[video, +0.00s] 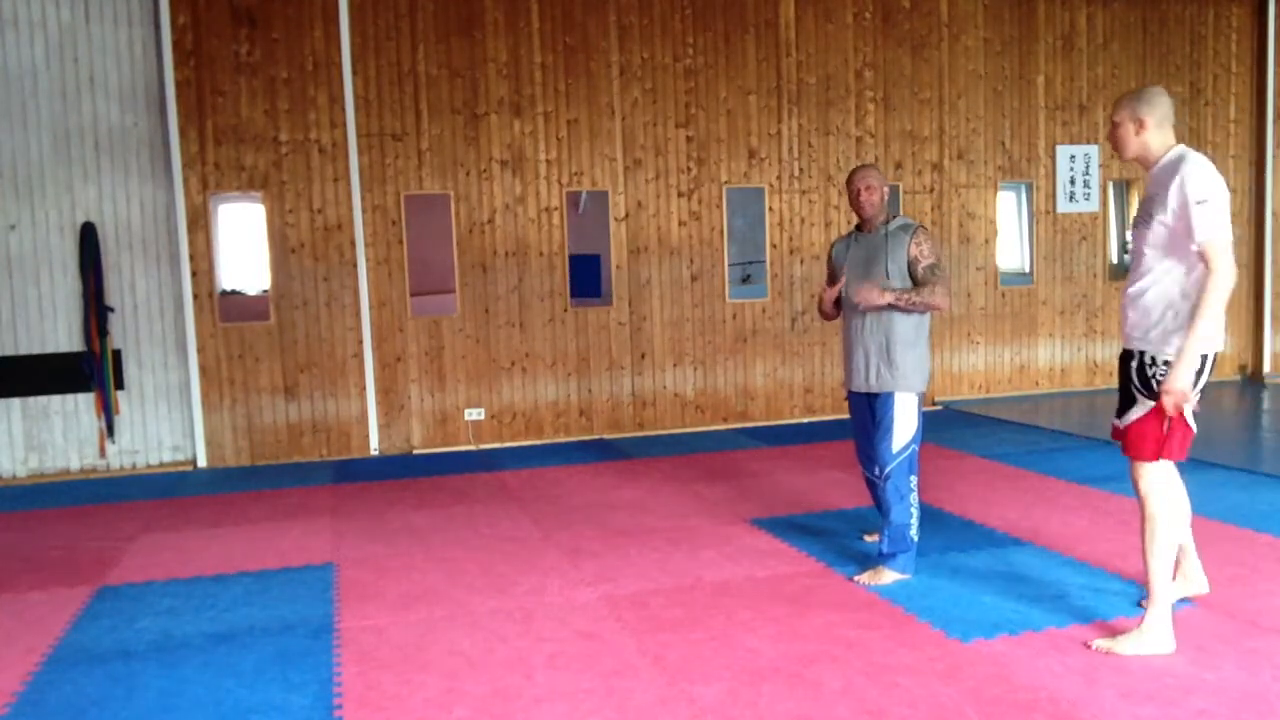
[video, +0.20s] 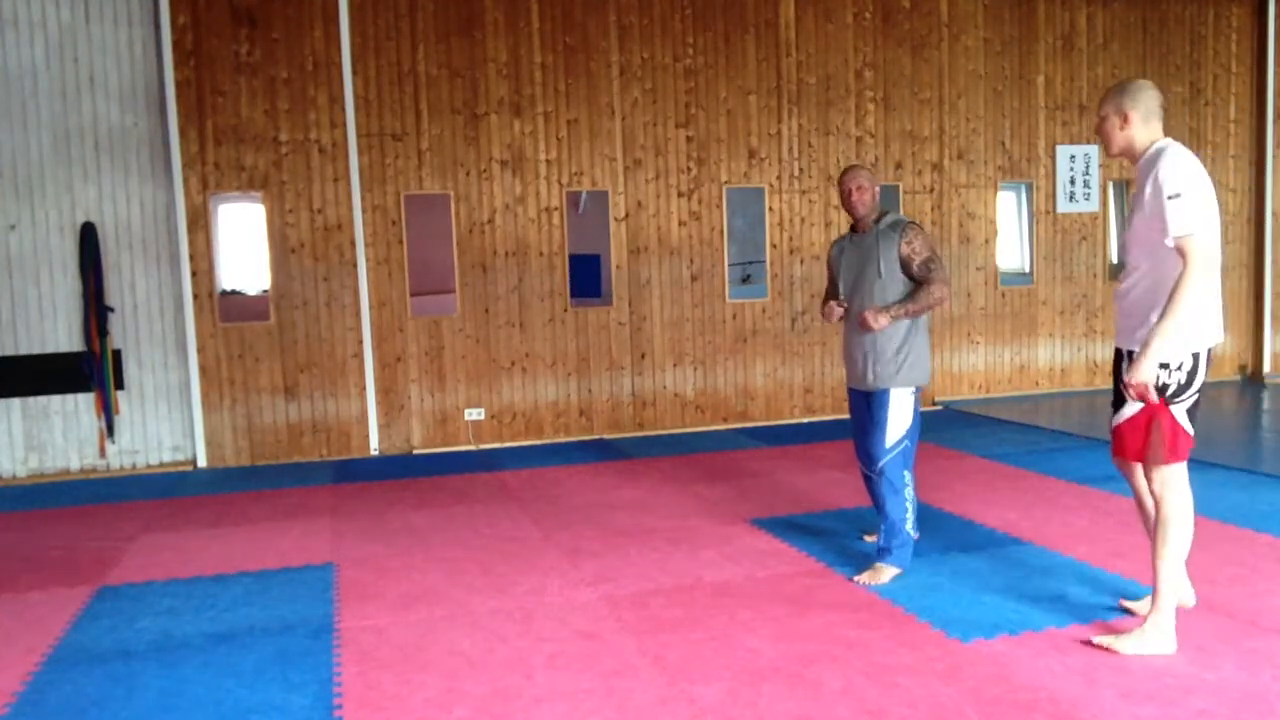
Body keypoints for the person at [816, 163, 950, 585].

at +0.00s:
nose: (862, 196)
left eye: (869, 189)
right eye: (855, 191)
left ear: (885, 192)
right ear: (848, 200)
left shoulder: (912, 236)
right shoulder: (841, 248)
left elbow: (939, 296)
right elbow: (829, 313)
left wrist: (884, 297)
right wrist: (828, 300)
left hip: (900, 373)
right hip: (859, 373)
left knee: (895, 469)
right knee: (872, 463)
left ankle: (900, 560)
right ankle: (895, 527)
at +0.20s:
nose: (853, 196)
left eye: (860, 189)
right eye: (846, 191)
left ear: (877, 192)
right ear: (841, 199)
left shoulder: (905, 235)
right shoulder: (839, 248)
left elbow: (939, 290)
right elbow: (833, 298)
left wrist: (890, 313)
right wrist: (832, 308)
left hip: (898, 371)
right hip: (859, 371)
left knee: (889, 463)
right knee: (871, 459)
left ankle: (897, 555)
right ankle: (898, 525)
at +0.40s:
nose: (844, 201)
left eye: (850, 192)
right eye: (837, 195)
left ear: (869, 193)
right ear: (833, 203)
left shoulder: (898, 234)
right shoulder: (837, 250)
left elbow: (937, 288)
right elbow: (835, 296)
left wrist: (887, 317)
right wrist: (836, 309)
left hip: (897, 367)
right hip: (860, 368)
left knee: (885, 459)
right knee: (871, 457)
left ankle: (895, 553)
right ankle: (896, 524)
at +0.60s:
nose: (838, 204)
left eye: (844, 195)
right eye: (831, 199)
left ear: (865, 195)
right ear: (829, 206)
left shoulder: (890, 238)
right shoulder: (839, 250)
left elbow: (928, 295)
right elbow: (847, 296)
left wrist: (873, 324)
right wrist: (839, 314)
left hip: (896, 377)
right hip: (863, 377)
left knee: (888, 468)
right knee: (871, 460)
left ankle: (906, 561)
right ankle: (896, 526)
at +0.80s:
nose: (836, 199)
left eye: (842, 189)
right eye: (829, 194)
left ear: (863, 188)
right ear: (825, 202)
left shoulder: (890, 234)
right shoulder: (838, 244)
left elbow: (923, 295)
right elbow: (848, 297)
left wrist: (867, 321)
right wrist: (841, 316)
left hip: (903, 377)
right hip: (871, 376)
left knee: (897, 471)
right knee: (878, 460)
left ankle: (905, 564)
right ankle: (896, 527)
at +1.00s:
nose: (840, 196)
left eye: (847, 187)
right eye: (833, 191)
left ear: (867, 186)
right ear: (830, 199)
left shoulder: (895, 233)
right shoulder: (840, 242)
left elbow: (929, 294)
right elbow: (848, 293)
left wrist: (874, 320)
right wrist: (839, 310)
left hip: (904, 378)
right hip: (872, 376)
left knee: (896, 472)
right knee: (891, 459)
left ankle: (905, 563)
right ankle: (923, 520)